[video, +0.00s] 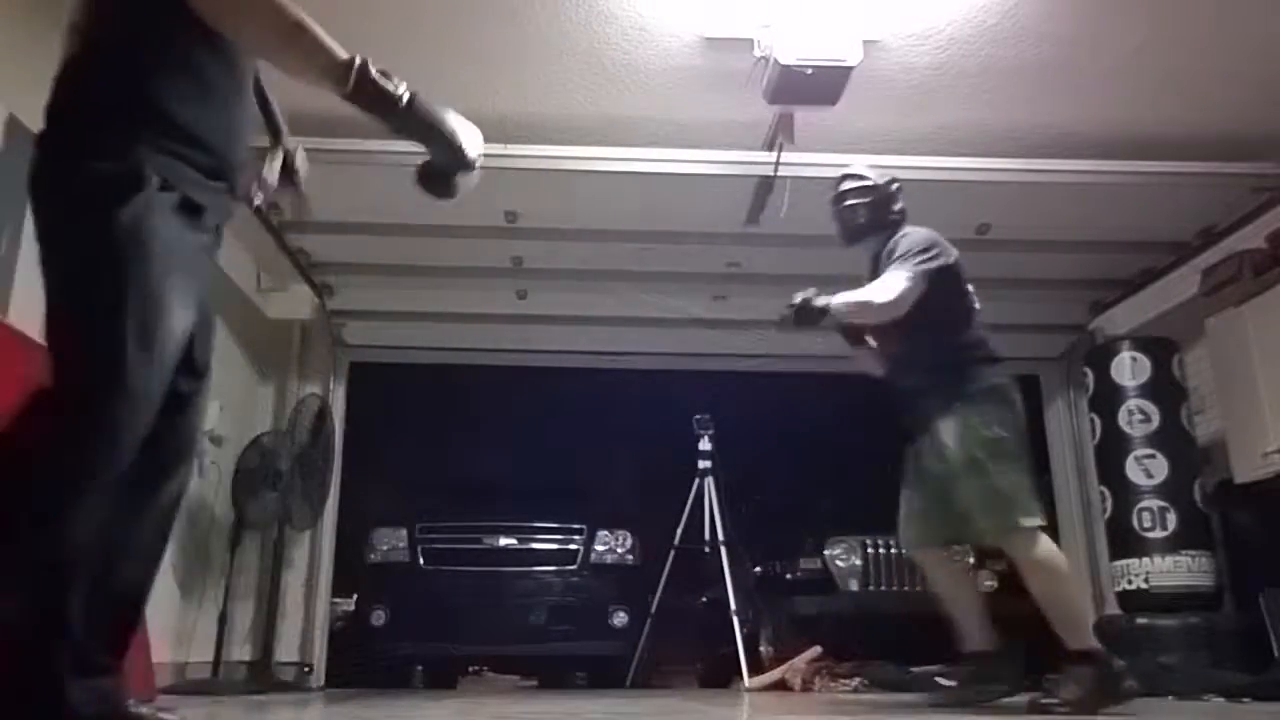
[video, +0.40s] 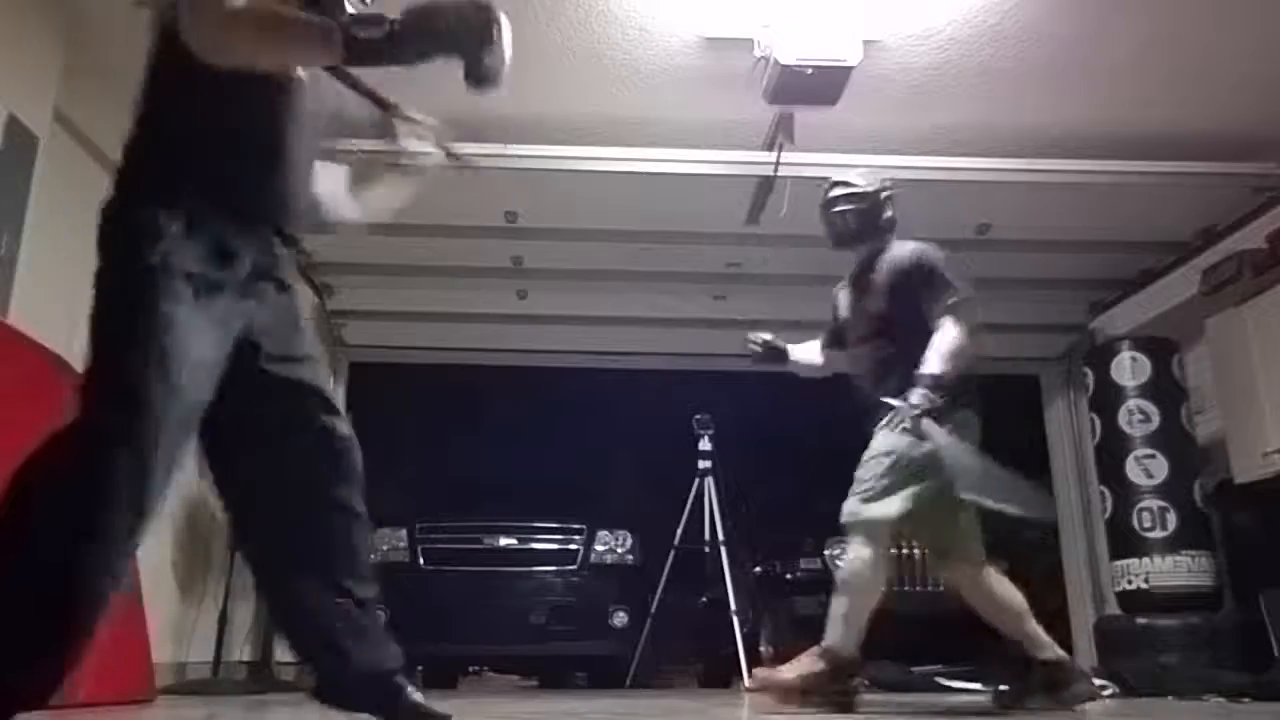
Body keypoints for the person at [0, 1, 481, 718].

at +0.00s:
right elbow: (236, 16)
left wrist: (245, 166)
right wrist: (405, 107)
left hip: (186, 200)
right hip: (126, 173)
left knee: (164, 447)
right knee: (104, 424)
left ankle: (86, 678)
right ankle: (39, 683)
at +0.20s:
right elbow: (226, 12)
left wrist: (262, 121)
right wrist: (405, 78)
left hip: (216, 217)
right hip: (150, 185)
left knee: (268, 427)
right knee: (121, 454)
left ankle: (144, 651)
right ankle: (12, 679)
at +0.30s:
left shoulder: (263, 26)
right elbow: (213, 12)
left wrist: (305, 133)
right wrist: (394, 58)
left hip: (246, 241)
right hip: (174, 212)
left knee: (296, 433)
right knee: (128, 463)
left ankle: (263, 660)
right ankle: (6, 677)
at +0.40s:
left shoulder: (306, 14)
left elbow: (294, 107)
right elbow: (213, 34)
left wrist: (381, 135)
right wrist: (395, 37)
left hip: (263, 258)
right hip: (175, 234)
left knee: (313, 462)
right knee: (123, 467)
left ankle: (365, 676)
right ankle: (4, 678)